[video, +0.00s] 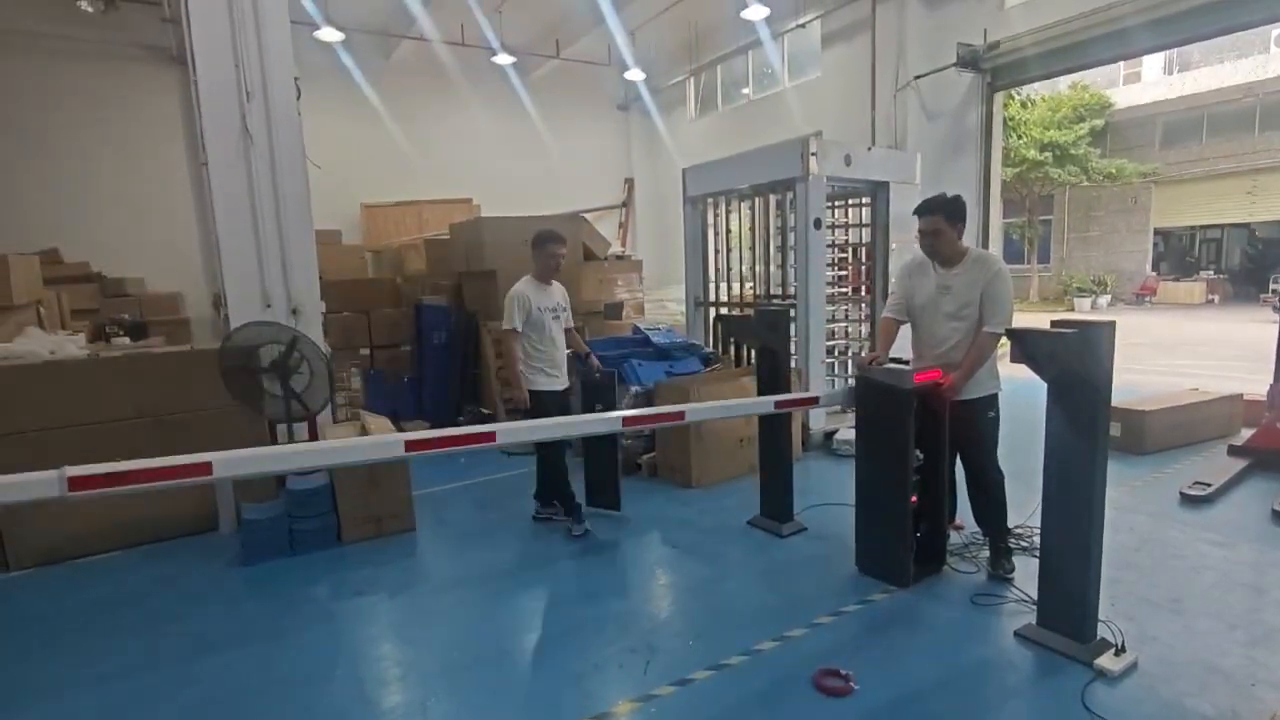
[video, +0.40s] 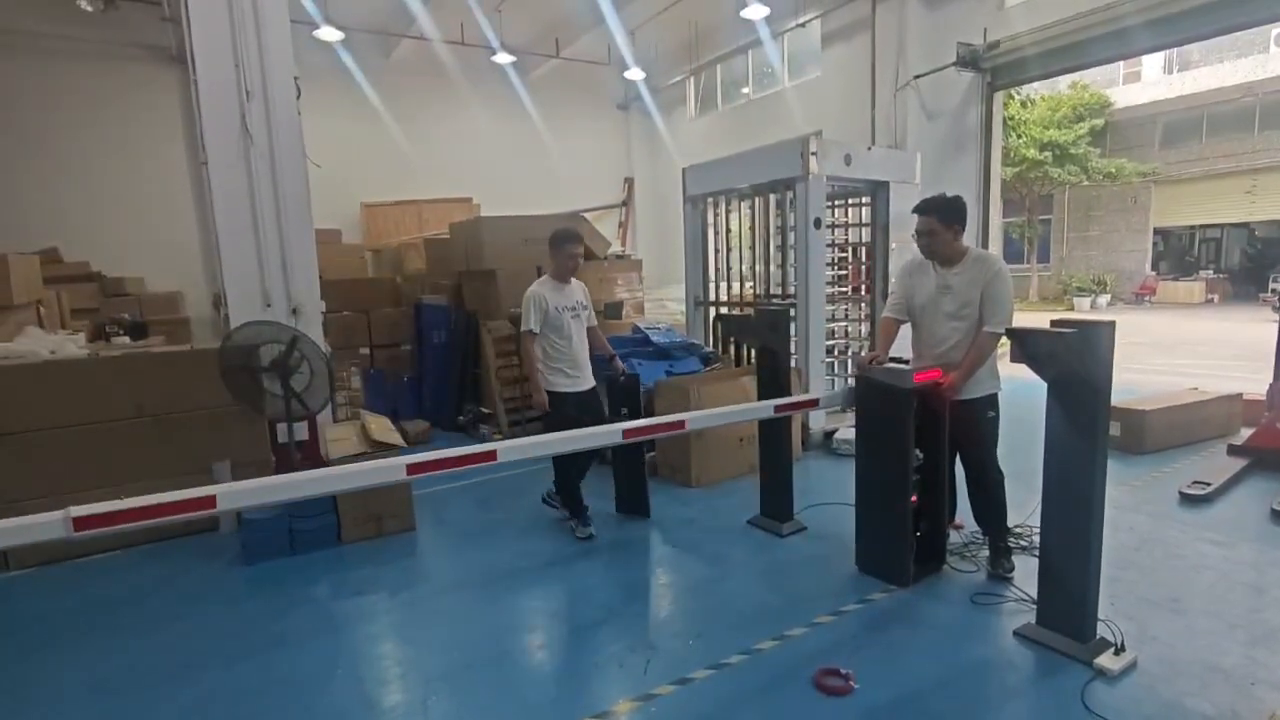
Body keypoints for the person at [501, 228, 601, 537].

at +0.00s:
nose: (560, 263)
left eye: (562, 257)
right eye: (554, 257)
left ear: (563, 258)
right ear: (536, 256)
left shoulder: (560, 291)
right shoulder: (519, 294)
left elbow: (568, 331)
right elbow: (511, 343)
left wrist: (588, 354)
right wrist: (518, 387)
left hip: (561, 383)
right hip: (537, 386)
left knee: (551, 446)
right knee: (554, 448)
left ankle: (544, 504)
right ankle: (573, 512)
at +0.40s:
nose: (577, 263)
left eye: (580, 257)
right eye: (571, 257)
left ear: (582, 256)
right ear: (553, 256)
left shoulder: (579, 288)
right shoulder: (536, 294)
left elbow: (592, 330)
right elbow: (527, 344)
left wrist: (612, 356)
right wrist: (537, 389)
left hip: (586, 386)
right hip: (557, 391)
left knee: (595, 442)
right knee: (565, 452)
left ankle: (560, 492)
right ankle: (579, 514)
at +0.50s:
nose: (584, 261)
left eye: (587, 255)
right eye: (578, 255)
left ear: (588, 255)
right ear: (559, 253)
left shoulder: (584, 288)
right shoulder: (540, 293)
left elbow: (596, 330)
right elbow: (531, 342)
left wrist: (616, 358)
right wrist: (543, 386)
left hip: (592, 386)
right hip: (561, 390)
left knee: (601, 445)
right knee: (568, 452)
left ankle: (575, 494)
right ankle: (578, 513)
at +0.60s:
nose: (590, 260)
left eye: (592, 254)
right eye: (584, 254)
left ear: (589, 254)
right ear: (565, 253)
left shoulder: (589, 286)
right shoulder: (545, 292)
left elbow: (600, 329)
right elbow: (537, 342)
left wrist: (617, 360)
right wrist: (550, 386)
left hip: (597, 386)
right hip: (566, 391)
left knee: (607, 446)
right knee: (569, 456)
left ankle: (600, 503)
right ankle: (577, 514)